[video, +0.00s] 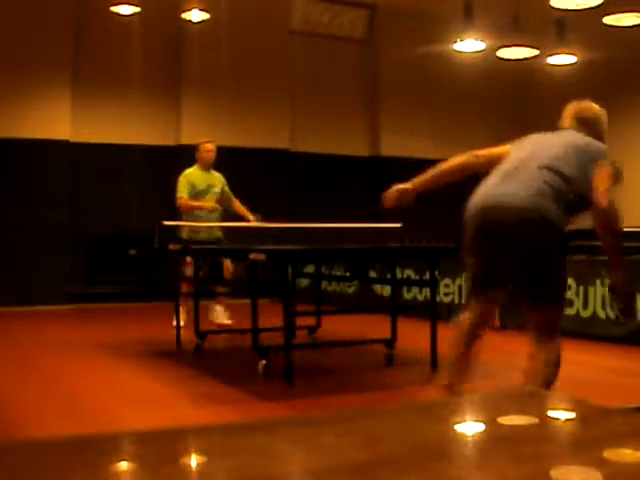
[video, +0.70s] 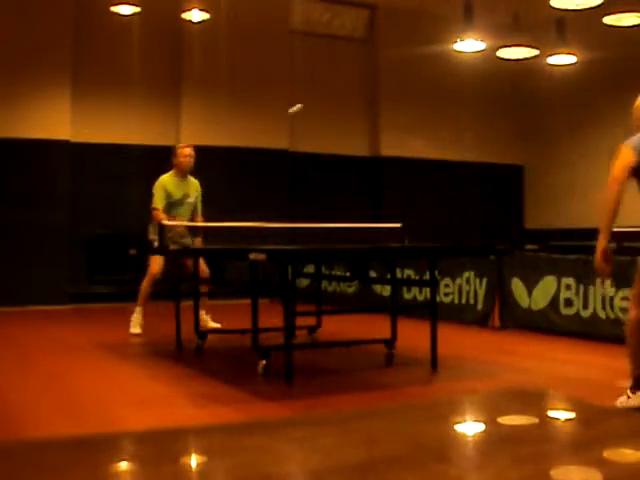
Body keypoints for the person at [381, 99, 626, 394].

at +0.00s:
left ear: (563, 123)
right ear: (600, 133)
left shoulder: (530, 142)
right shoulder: (597, 152)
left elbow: (473, 159)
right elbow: (602, 204)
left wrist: (412, 187)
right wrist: (618, 271)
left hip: (482, 212)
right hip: (536, 219)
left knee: (480, 304)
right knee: (545, 329)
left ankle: (453, 384)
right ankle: (533, 408)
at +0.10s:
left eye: (580, 134)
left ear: (579, 136)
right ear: (614, 145)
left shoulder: (551, 148)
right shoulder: (620, 171)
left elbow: (493, 163)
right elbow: (627, 235)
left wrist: (437, 194)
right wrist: (627, 285)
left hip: (509, 215)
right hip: (560, 222)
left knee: (523, 305)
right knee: (561, 325)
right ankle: (549, 397)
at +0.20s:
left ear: (591, 141)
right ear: (625, 147)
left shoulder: (565, 155)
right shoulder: (630, 170)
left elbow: (515, 172)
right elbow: (636, 223)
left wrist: (469, 200)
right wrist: (634, 254)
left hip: (538, 228)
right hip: (588, 232)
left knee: (567, 307)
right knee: (590, 315)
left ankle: (592, 375)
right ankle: (559, 387)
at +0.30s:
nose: (589, 149)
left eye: (589, 145)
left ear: (593, 146)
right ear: (624, 146)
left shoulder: (581, 166)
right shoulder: (636, 168)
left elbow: (531, 190)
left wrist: (504, 227)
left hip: (577, 244)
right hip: (627, 246)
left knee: (597, 311)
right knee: (629, 333)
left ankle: (616, 388)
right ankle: (577, 389)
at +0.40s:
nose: (591, 150)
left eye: (592, 146)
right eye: (591, 147)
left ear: (598, 146)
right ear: (626, 145)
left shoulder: (591, 168)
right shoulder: (636, 165)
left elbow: (561, 206)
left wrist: (553, 249)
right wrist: (554, 249)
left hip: (601, 240)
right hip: (634, 240)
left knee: (606, 309)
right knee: (635, 310)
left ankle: (617, 386)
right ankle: (620, 383)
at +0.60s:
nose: (617, 132)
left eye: (618, 126)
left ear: (625, 126)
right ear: (635, 125)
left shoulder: (615, 155)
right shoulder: (617, 155)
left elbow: (600, 199)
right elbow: (600, 199)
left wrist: (600, 245)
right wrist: (601, 245)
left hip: (629, 239)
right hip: (630, 239)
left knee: (627, 309)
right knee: (627, 310)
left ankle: (628, 384)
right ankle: (627, 383)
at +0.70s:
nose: (633, 118)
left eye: (634, 111)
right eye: (635, 112)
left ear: (634, 117)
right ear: (636, 118)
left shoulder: (631, 149)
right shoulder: (629, 149)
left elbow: (613, 196)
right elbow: (613, 196)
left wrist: (603, 240)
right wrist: (604, 241)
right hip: (639, 253)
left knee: (635, 313)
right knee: (634, 314)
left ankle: (635, 384)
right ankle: (634, 383)